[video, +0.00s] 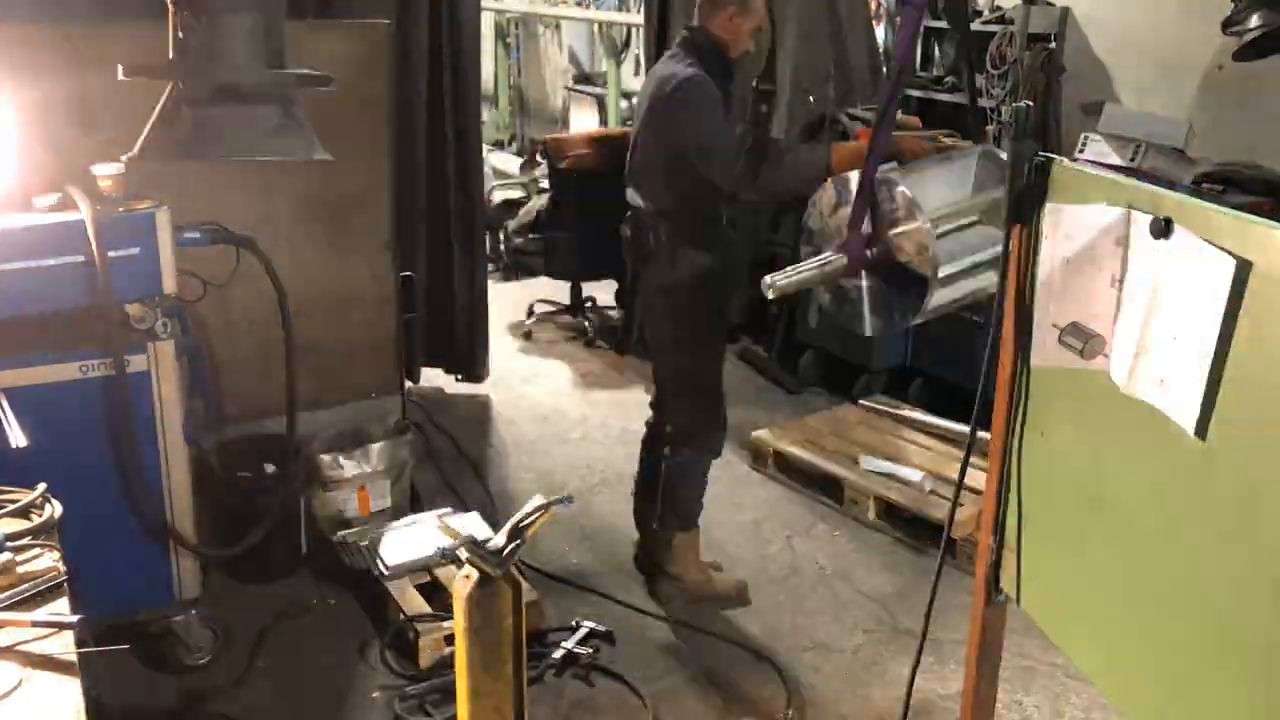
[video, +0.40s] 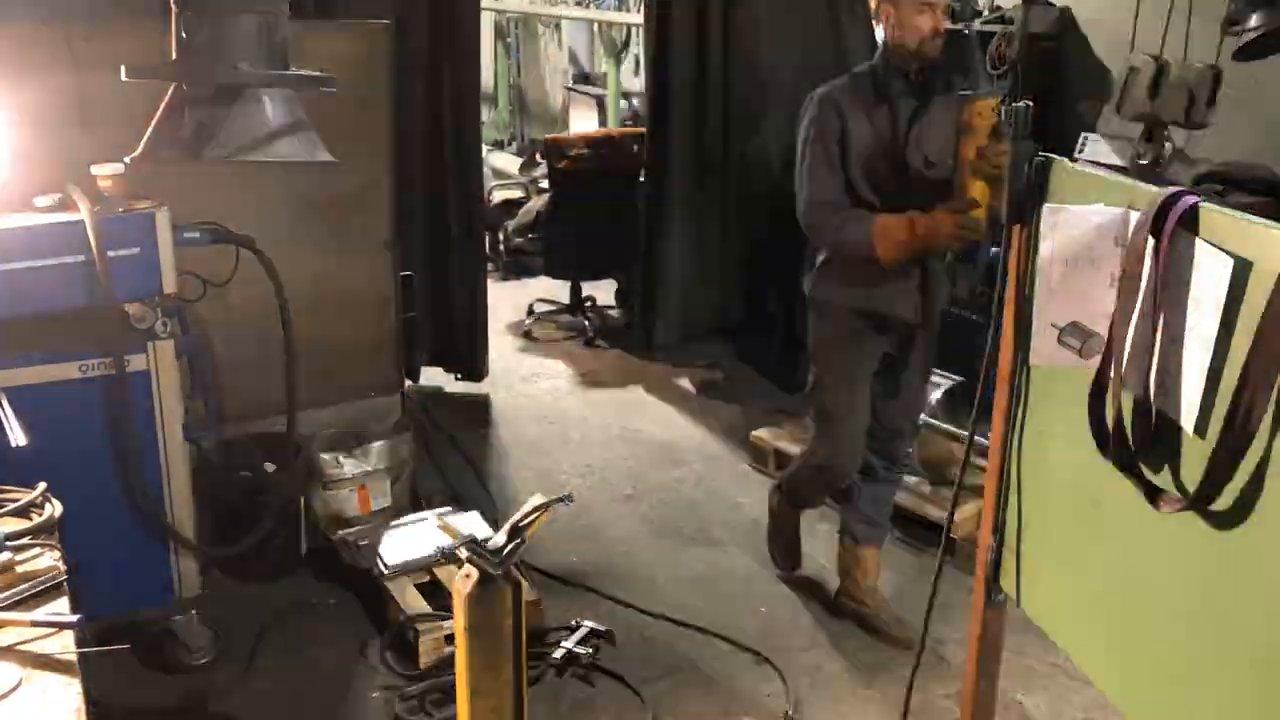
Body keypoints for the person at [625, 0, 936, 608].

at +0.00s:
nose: (754, 40)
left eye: (757, 29)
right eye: (753, 26)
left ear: (715, 17)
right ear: (725, 17)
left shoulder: (678, 78)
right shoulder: (688, 87)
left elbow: (748, 163)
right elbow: (749, 171)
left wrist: (851, 154)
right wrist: (859, 154)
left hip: (674, 278)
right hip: (685, 285)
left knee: (672, 416)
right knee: (697, 427)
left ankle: (655, 545)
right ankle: (682, 569)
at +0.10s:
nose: (798, 44)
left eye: (798, 36)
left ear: (801, 40)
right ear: (853, 37)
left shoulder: (770, 88)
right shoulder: (894, 92)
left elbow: (706, 168)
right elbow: (936, 188)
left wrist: (695, 144)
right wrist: (939, 220)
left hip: (788, 262)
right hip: (864, 264)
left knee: (759, 400)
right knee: (877, 410)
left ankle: (715, 539)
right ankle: (896, 555)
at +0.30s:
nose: (911, 36)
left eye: (915, 22)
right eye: (895, 22)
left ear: (914, 25)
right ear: (855, 29)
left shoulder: (870, 101)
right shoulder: (848, 113)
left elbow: (901, 190)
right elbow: (914, 210)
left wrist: (965, 193)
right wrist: (1000, 196)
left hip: (859, 315)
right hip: (839, 321)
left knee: (852, 451)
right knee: (825, 492)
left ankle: (823, 561)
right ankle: (779, 660)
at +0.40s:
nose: (941, 22)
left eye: (944, 9)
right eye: (925, 8)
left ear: (946, 16)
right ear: (882, 13)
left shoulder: (953, 102)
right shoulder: (834, 104)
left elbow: (980, 213)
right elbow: (823, 221)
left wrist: (986, 172)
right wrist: (916, 229)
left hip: (918, 304)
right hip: (847, 301)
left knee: (890, 450)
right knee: (838, 457)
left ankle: (858, 587)